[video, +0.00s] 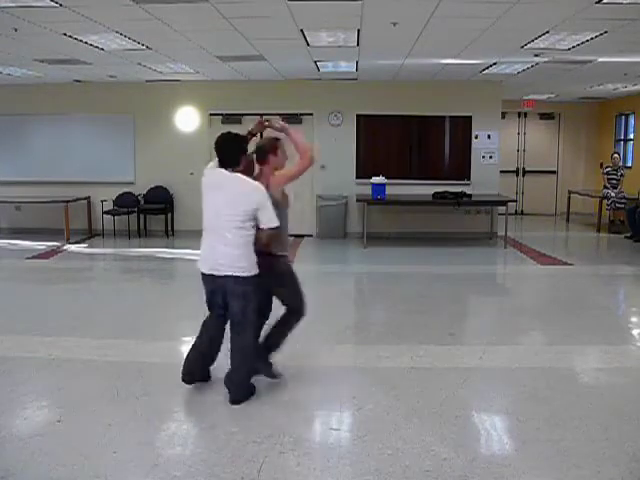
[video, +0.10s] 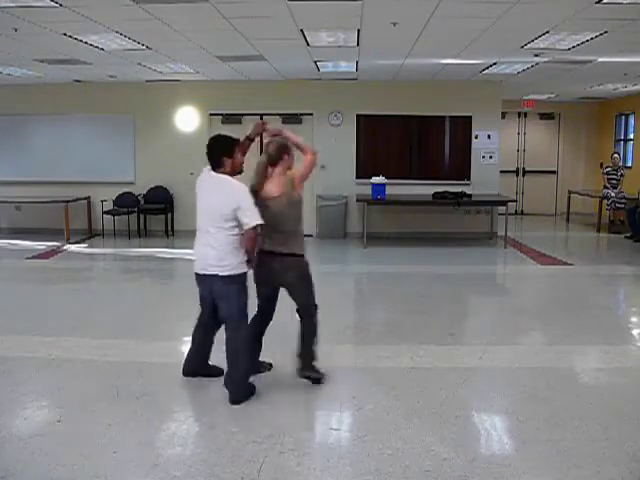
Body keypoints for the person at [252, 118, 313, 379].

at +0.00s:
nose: (283, 158)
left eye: (281, 153)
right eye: (279, 153)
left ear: (262, 157)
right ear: (271, 156)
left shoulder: (252, 180)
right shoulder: (275, 180)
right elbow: (306, 159)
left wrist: (256, 132)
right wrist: (288, 131)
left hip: (256, 256)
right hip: (274, 258)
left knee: (259, 312)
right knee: (296, 308)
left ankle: (248, 358)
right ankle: (263, 354)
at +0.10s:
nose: (292, 162)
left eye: (291, 158)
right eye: (290, 157)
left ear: (267, 160)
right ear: (286, 159)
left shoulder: (257, 188)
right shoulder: (292, 182)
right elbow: (311, 155)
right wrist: (287, 135)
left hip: (265, 259)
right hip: (292, 260)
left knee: (263, 312)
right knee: (308, 311)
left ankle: (248, 359)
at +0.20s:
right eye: (303, 154)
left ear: (279, 158)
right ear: (301, 157)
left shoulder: (275, 185)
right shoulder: (312, 176)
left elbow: (257, 224)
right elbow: (304, 159)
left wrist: (248, 253)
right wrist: (273, 148)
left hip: (282, 259)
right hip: (311, 259)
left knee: (269, 312)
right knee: (315, 313)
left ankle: (252, 363)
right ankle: (333, 369)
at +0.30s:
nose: (292, 159)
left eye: (291, 156)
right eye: (300, 152)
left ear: (290, 157)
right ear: (312, 152)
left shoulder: (297, 187)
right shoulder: (325, 179)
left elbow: (275, 225)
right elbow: (298, 181)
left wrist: (254, 242)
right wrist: (269, 180)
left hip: (299, 263)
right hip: (326, 261)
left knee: (282, 313)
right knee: (323, 314)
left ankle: (277, 368)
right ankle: (333, 372)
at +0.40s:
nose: (294, 159)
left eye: (295, 155)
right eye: (295, 155)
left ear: (300, 156)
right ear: (316, 152)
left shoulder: (309, 186)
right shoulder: (329, 180)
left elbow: (290, 220)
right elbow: (303, 205)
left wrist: (264, 228)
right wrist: (276, 197)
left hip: (314, 262)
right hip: (334, 257)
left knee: (294, 313)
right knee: (325, 314)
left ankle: (311, 369)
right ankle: (339, 372)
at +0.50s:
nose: (297, 156)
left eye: (298, 152)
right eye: (298, 151)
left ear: (304, 153)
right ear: (318, 152)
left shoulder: (317, 184)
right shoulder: (327, 180)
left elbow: (296, 219)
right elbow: (301, 213)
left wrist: (270, 214)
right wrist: (272, 207)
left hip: (324, 263)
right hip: (332, 258)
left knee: (310, 318)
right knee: (325, 316)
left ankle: (342, 377)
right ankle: (343, 372)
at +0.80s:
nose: (289, 158)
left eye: (290, 154)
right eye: (290, 154)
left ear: (294, 156)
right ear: (313, 156)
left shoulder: (299, 188)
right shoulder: (319, 186)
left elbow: (258, 210)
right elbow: (301, 217)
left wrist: (249, 194)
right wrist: (275, 217)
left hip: (319, 268)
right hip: (315, 266)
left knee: (329, 326)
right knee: (294, 312)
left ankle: (358, 382)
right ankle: (309, 371)